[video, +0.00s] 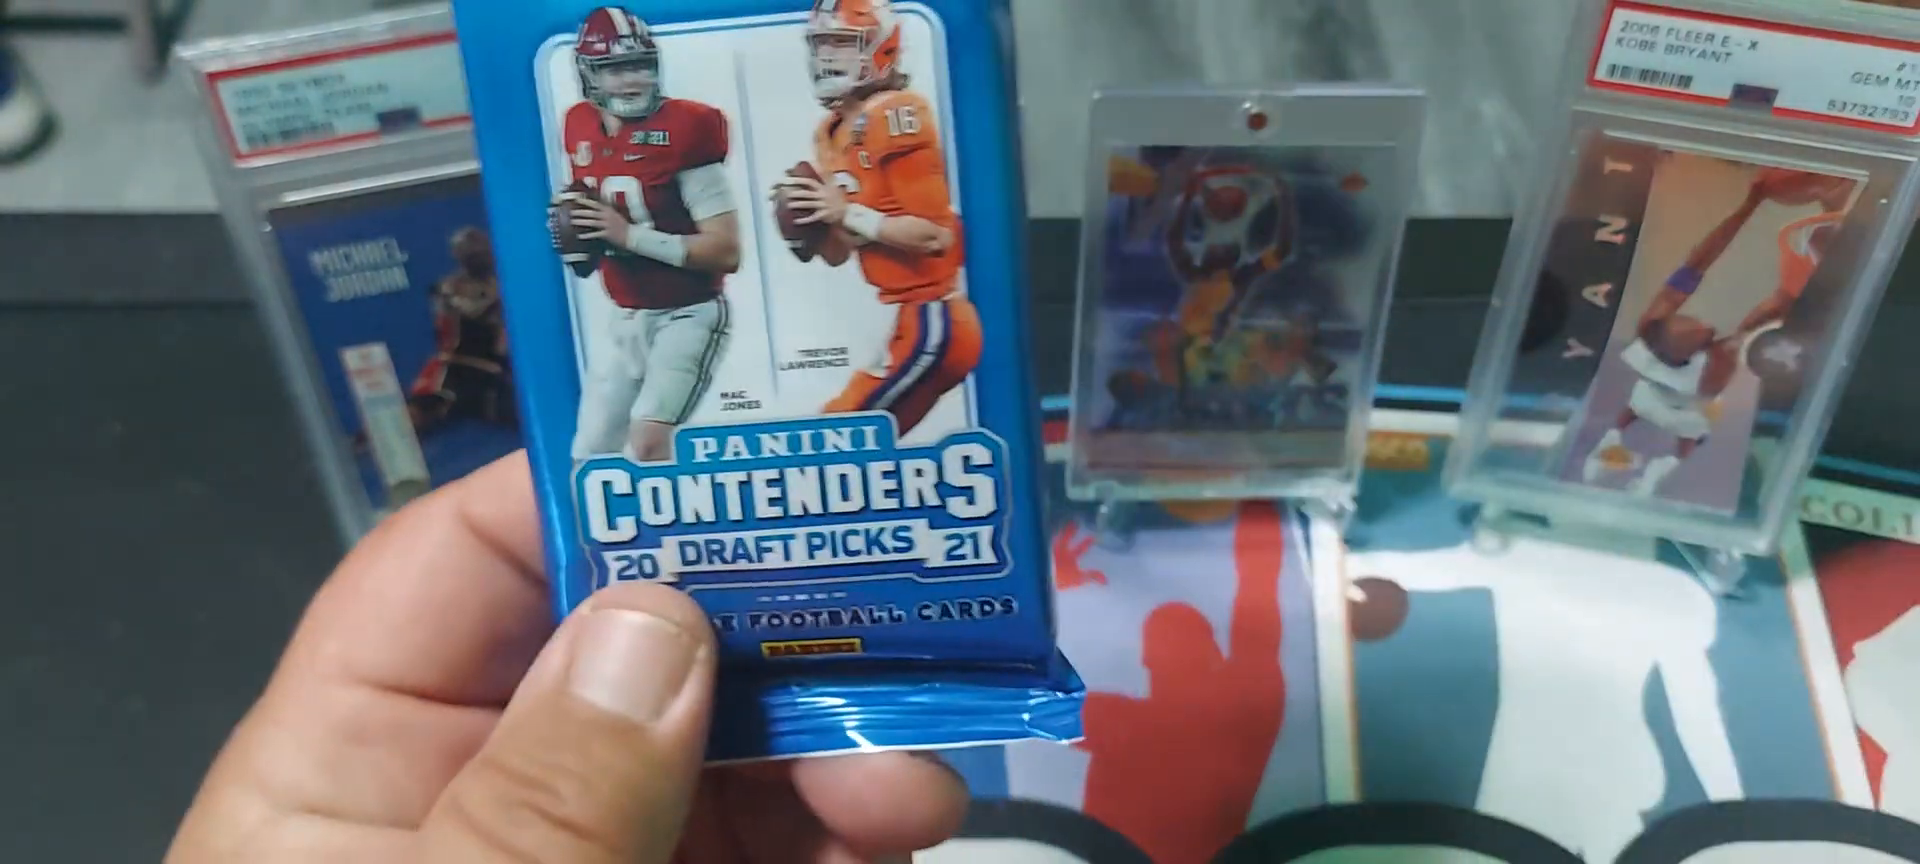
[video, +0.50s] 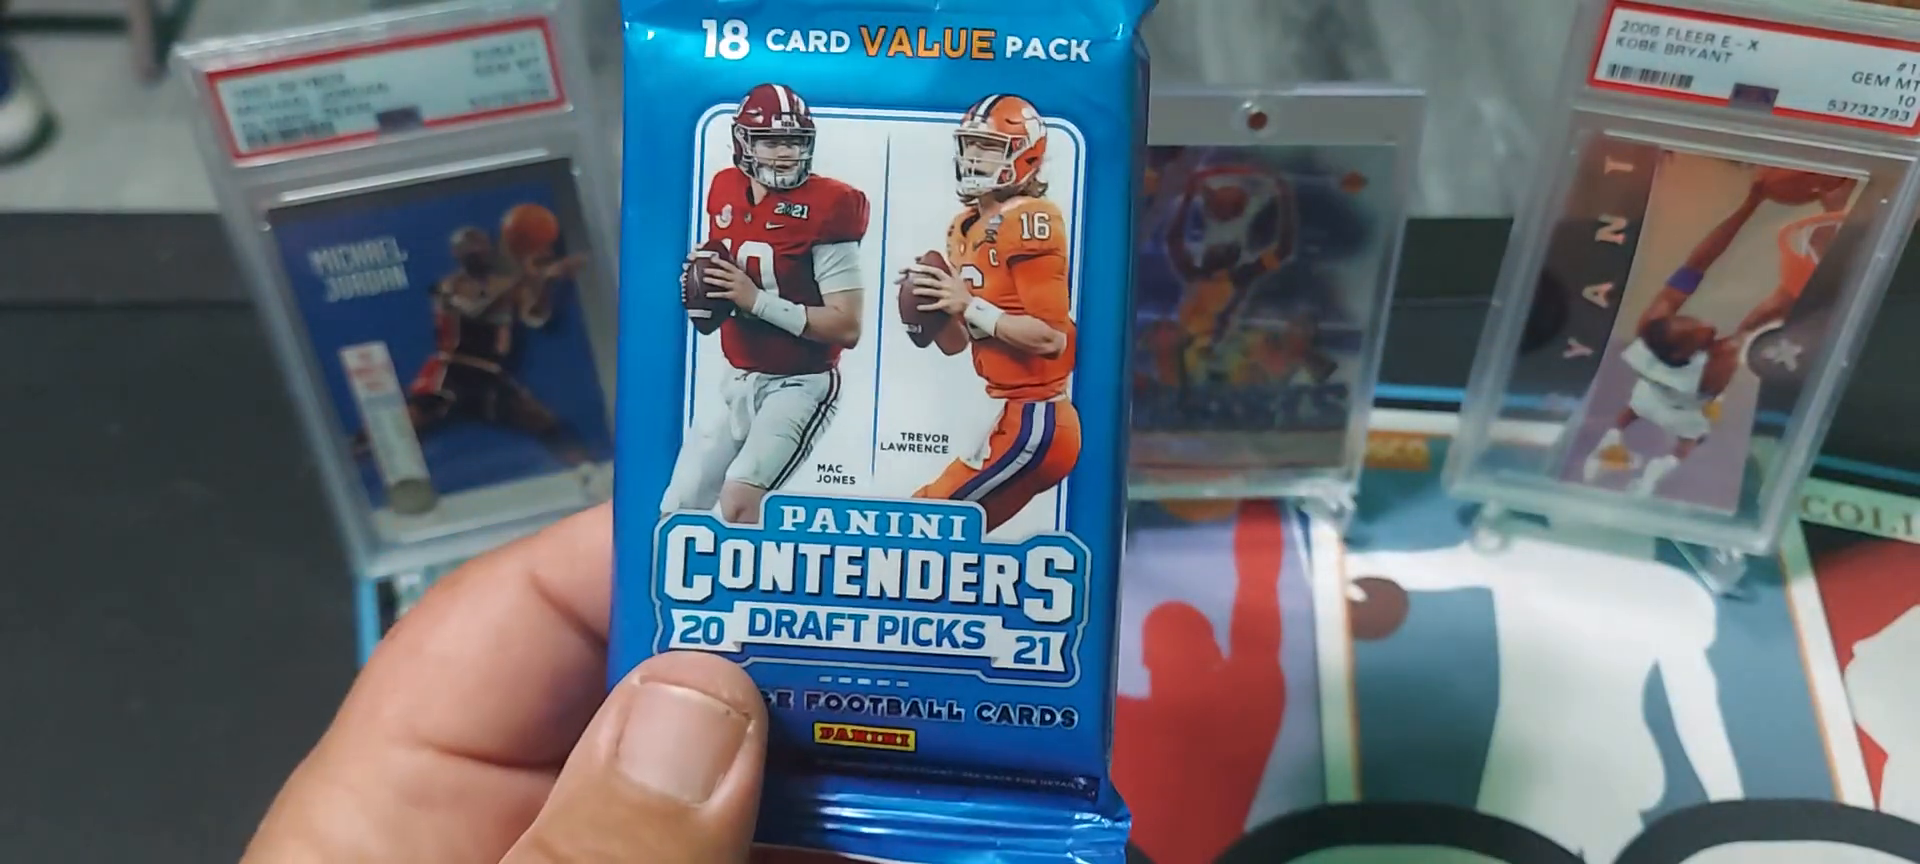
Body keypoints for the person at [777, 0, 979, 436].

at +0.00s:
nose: (828, 56)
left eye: (844, 44)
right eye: (821, 44)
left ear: (880, 53)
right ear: (811, 47)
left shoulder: (897, 113)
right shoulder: (829, 131)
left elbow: (935, 236)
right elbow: (836, 252)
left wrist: (846, 211)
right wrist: (805, 217)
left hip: (934, 320)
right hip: (909, 319)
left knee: (829, 442)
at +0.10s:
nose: (829, 61)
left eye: (845, 49)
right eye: (823, 48)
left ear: (880, 57)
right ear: (813, 52)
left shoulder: (896, 114)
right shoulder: (830, 133)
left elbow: (934, 234)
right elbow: (836, 250)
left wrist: (846, 209)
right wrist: (806, 220)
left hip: (932, 318)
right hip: (913, 317)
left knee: (827, 440)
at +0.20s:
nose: (887, 103)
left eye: (903, 90)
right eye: (882, 89)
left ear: (937, 96)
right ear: (873, 92)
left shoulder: (952, 157)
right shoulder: (887, 171)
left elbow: (985, 274)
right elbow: (886, 285)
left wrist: (897, 247)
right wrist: (850, 252)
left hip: (977, 355)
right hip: (952, 353)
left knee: (875, 472)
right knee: (893, 481)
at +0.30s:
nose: (939, 131)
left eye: (954, 119)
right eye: (934, 118)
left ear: (989, 127)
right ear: (924, 121)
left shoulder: (1002, 186)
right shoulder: (937, 199)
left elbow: (1031, 303)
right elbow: (933, 314)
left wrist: (945, 276)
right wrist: (900, 280)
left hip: (1023, 387)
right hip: (1002, 385)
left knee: (914, 499)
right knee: (942, 512)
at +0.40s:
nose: (964, 145)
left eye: (979, 134)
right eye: (959, 132)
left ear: (1014, 141)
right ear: (951, 135)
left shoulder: (1023, 203)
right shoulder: (957, 213)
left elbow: (1049, 321)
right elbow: (953, 330)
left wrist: (966, 292)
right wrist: (922, 297)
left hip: (1039, 405)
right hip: (1015, 402)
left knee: (926, 515)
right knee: (935, 523)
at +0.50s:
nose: (973, 158)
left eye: (988, 148)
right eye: (969, 145)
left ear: (1023, 157)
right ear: (959, 148)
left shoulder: (1032, 219)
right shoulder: (963, 226)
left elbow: (1049, 337)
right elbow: (954, 343)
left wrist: (967, 304)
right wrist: (929, 307)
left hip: (1037, 420)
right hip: (1012, 417)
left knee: (919, 526)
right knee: (932, 536)